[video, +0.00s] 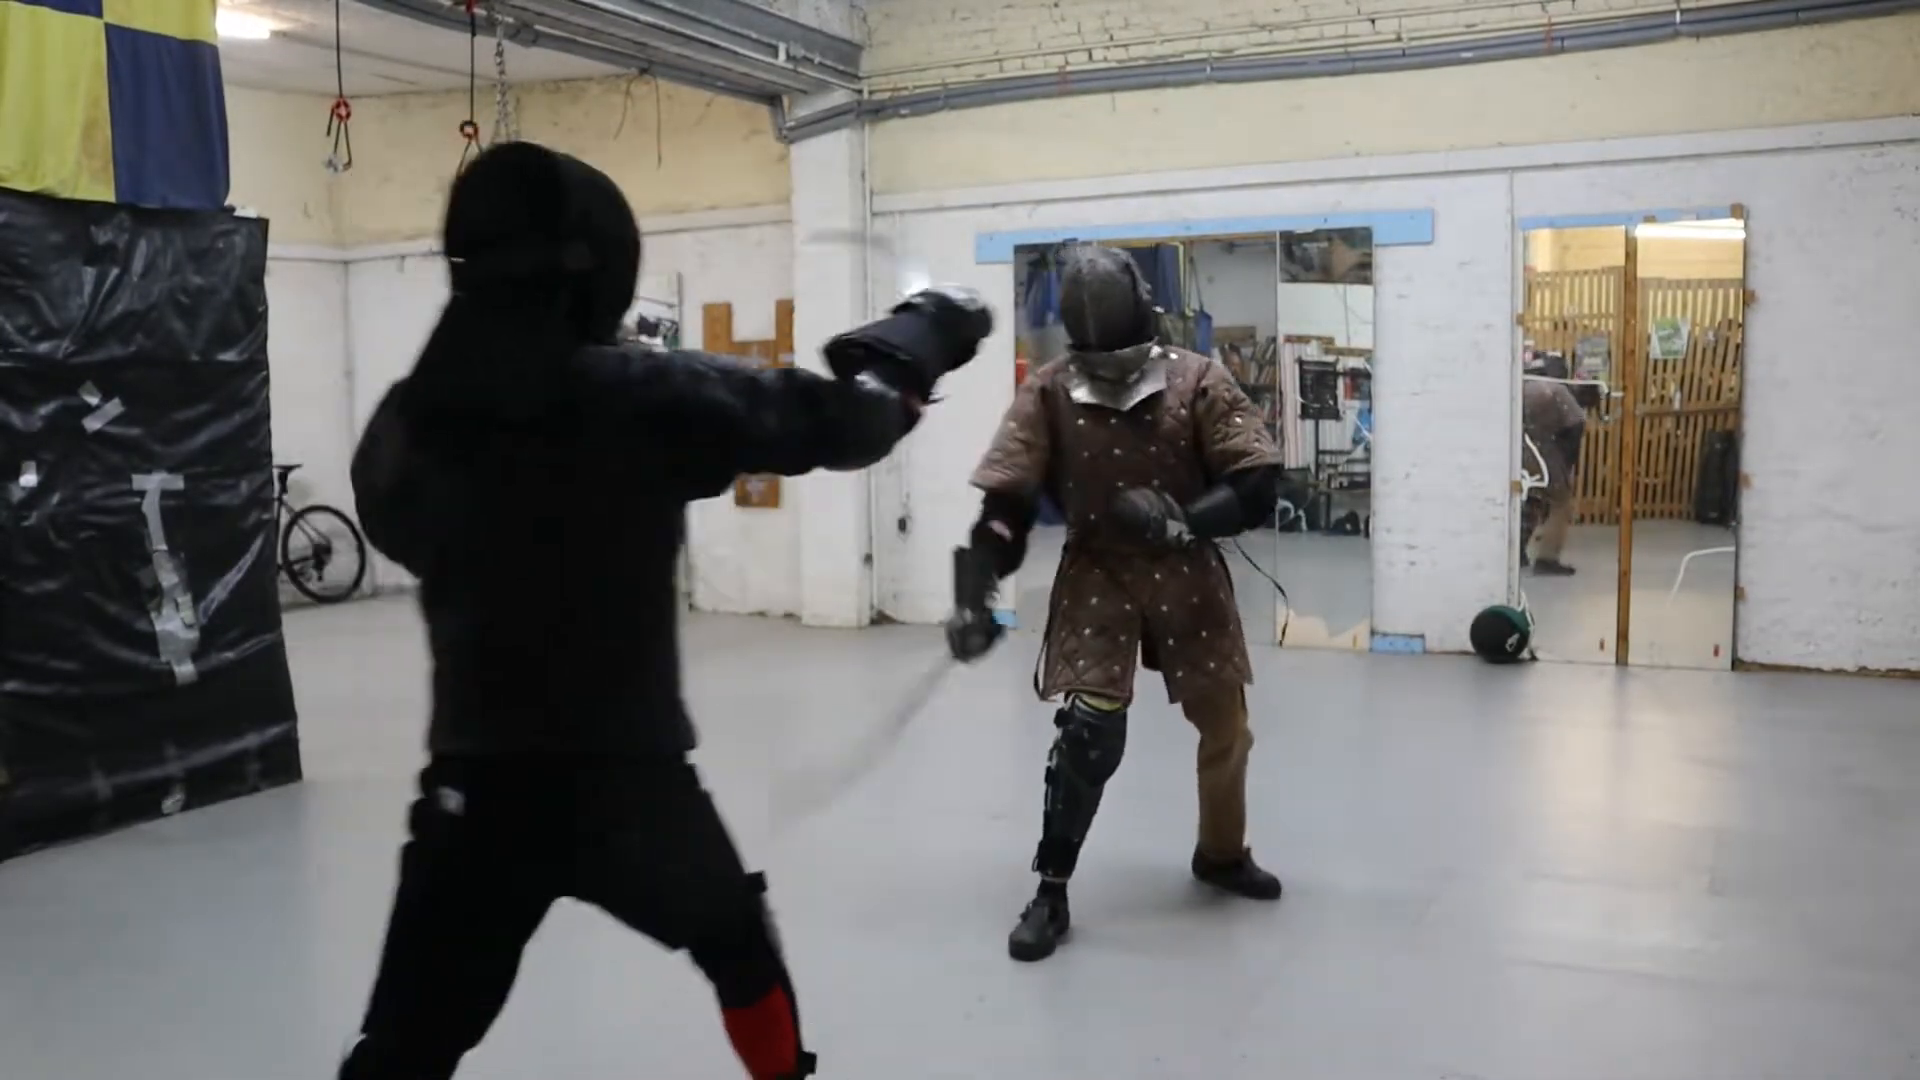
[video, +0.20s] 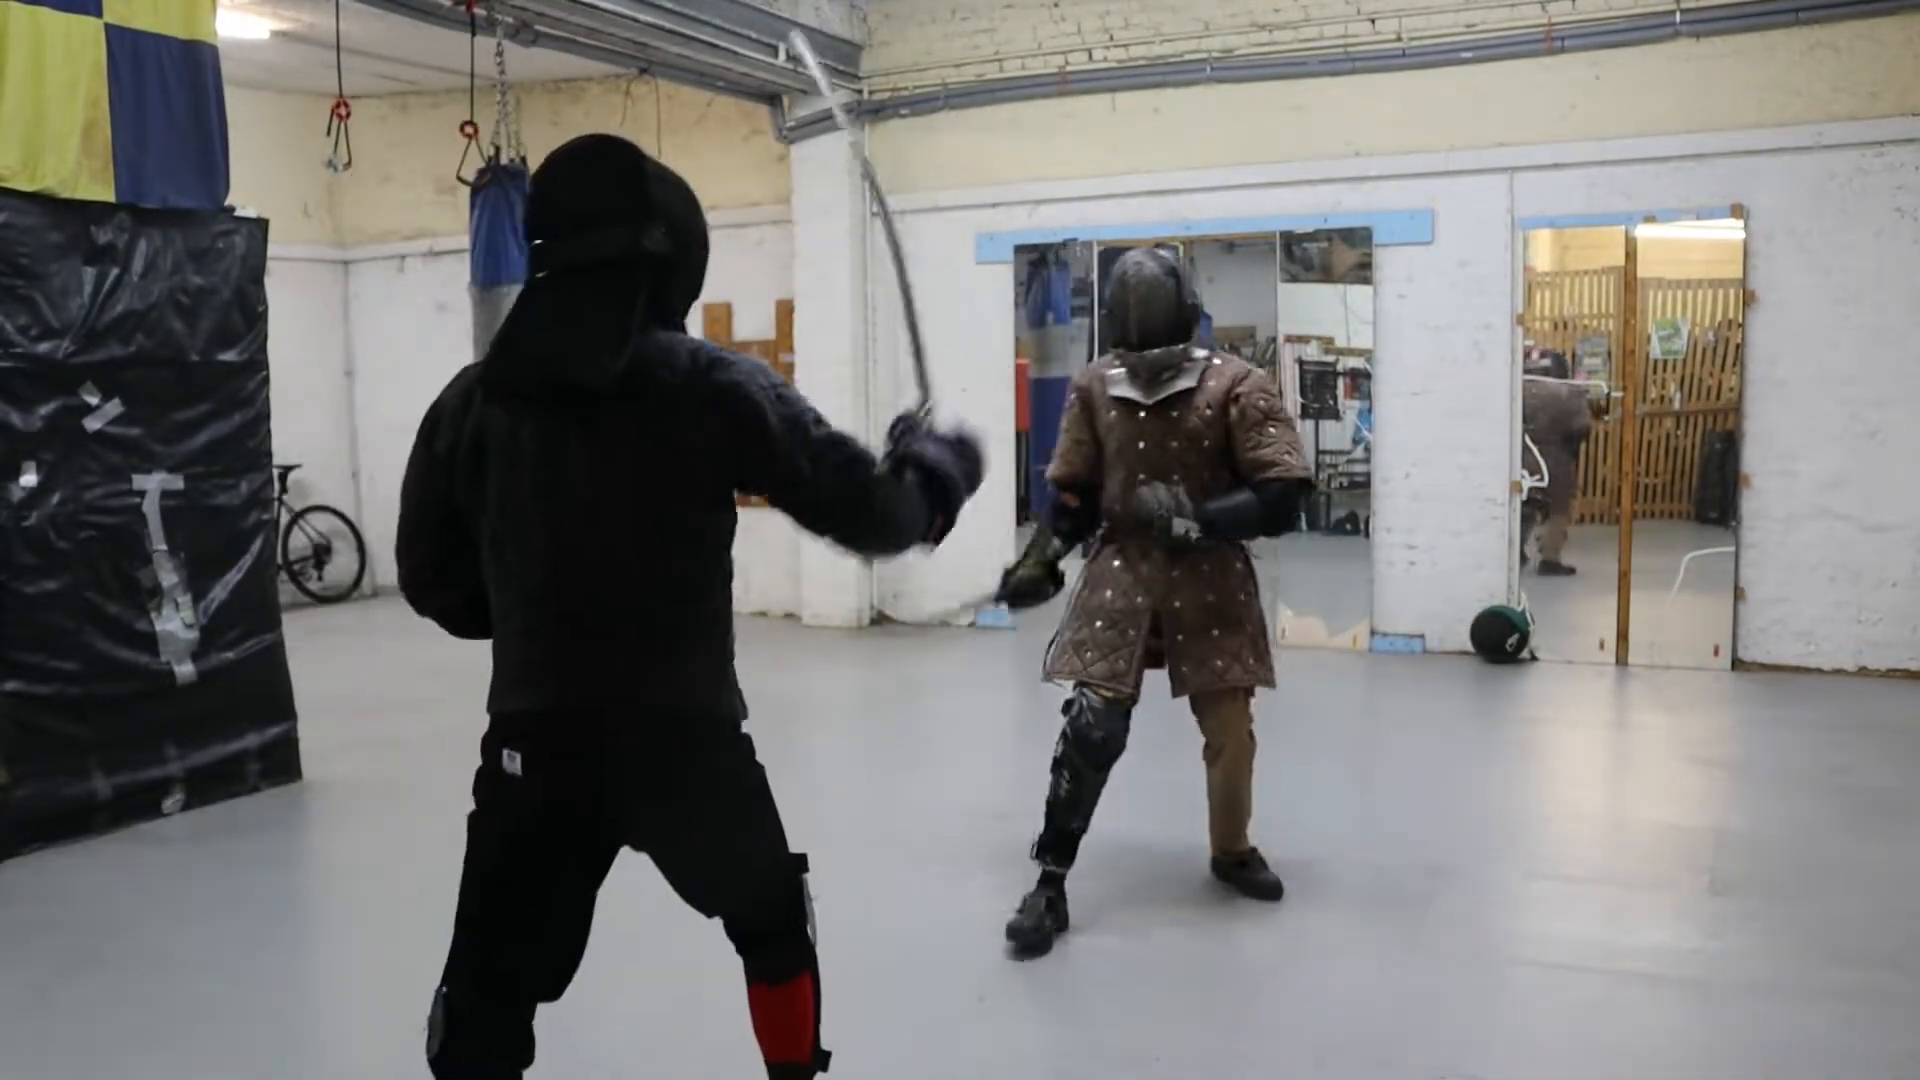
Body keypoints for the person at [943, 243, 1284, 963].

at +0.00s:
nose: (1108, 370)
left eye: (1122, 353)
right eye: (1092, 356)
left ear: (1146, 325)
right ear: (1071, 336)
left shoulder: (1198, 383)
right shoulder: (1047, 395)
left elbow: (1261, 485)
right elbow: (1008, 504)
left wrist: (1183, 523)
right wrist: (974, 591)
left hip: (1187, 576)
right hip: (1096, 578)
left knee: (1229, 726)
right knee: (1090, 733)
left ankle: (1221, 856)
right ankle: (1050, 891)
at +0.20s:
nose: (1145, 349)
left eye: (1158, 334)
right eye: (1131, 336)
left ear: (1184, 320)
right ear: (1114, 326)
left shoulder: (1237, 389)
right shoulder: (1094, 390)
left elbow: (1285, 497)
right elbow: (1069, 498)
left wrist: (1199, 519)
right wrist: (1041, 555)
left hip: (1211, 584)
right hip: (1118, 582)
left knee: (1232, 730)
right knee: (1092, 731)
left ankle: (1233, 854)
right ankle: (1049, 884)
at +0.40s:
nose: (1186, 358)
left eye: (1200, 343)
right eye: (1173, 345)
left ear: (1224, 324)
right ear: (1156, 329)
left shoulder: (1266, 383)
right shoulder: (1133, 384)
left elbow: (1300, 490)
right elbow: (1096, 482)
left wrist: (1209, 503)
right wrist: (1054, 527)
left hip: (1228, 575)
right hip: (1140, 571)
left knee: (1245, 720)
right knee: (1083, 697)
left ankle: (1234, 853)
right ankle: (1091, 837)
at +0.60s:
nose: (1180, 355)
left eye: (1192, 341)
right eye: (1167, 343)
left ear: (1215, 329)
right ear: (1150, 335)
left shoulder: (1259, 387)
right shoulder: (1129, 389)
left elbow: (1282, 480)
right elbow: (1102, 477)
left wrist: (1196, 460)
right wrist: (1130, 495)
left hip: (1222, 560)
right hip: (1145, 560)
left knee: (1238, 695)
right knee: (1127, 701)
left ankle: (1237, 847)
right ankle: (1174, 779)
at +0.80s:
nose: (1164, 348)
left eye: (1174, 333)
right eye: (1151, 335)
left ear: (1197, 325)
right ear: (1135, 331)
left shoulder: (1245, 384)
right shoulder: (1119, 390)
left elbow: (1264, 473)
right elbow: (1118, 487)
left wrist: (1186, 444)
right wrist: (1181, 492)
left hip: (1217, 550)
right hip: (1143, 554)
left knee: (1226, 676)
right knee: (1137, 683)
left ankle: (1235, 827)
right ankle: (1172, 775)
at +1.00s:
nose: (1169, 341)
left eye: (1180, 325)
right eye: (1156, 327)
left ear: (1203, 314)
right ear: (1141, 322)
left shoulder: (1247, 372)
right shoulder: (1120, 378)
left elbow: (1267, 460)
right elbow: (1100, 478)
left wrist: (1188, 434)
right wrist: (1139, 529)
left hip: (1220, 539)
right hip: (1146, 540)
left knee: (1239, 667)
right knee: (1145, 667)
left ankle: (1237, 789)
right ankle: (1171, 774)